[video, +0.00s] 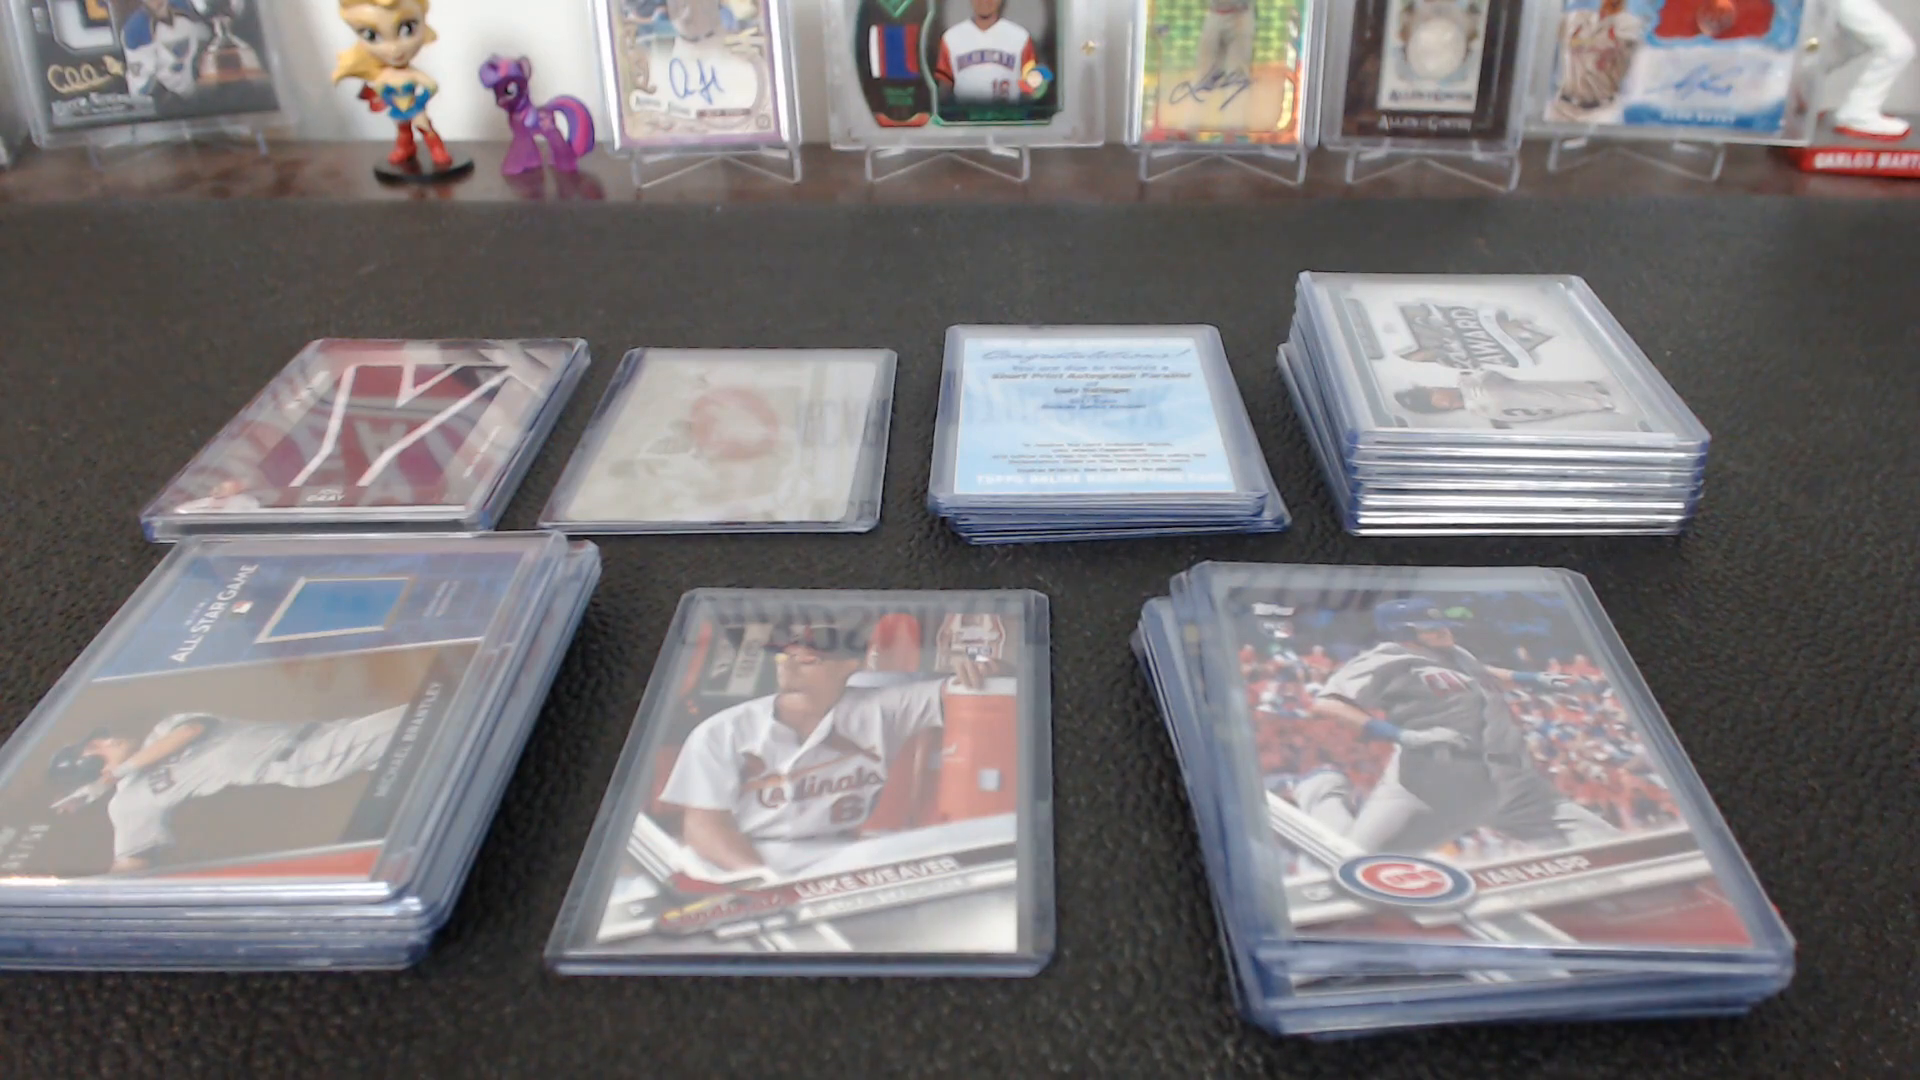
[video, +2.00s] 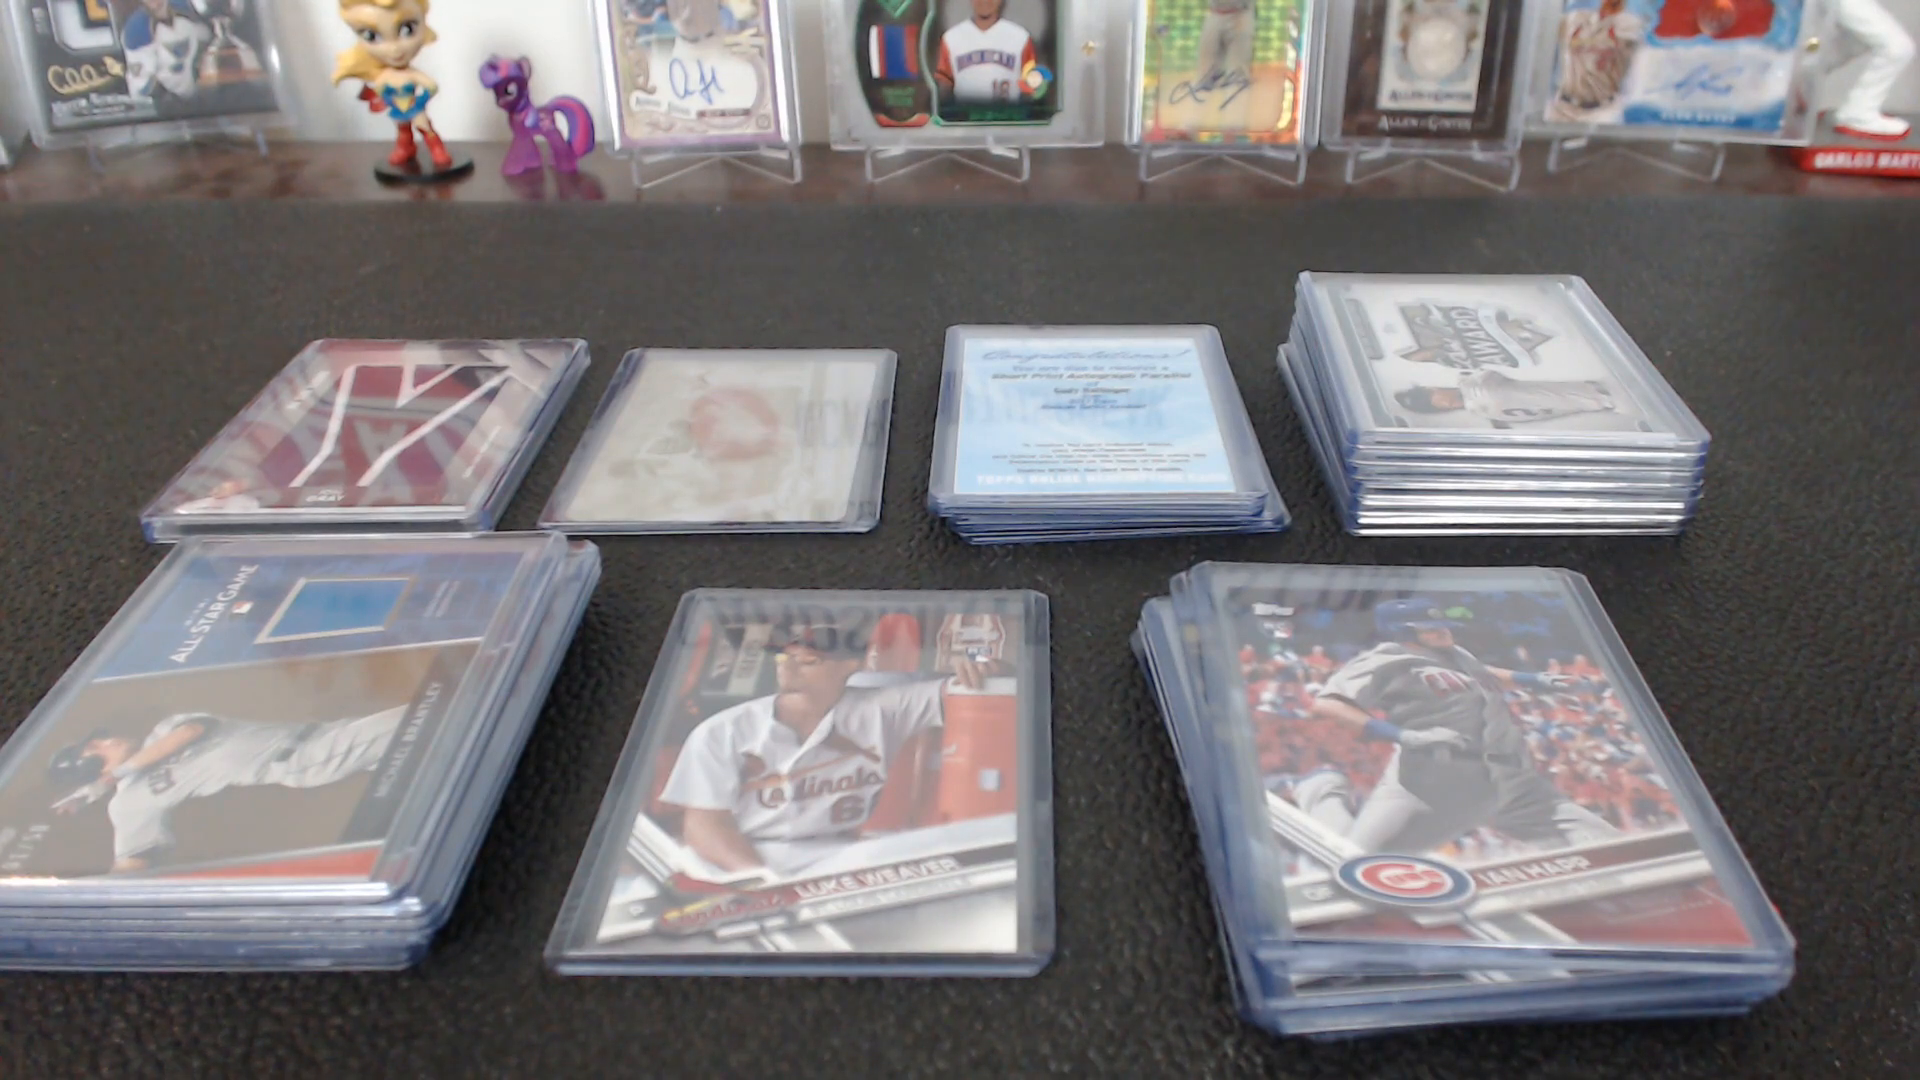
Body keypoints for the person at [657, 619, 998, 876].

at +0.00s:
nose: (798, 656)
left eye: (819, 647)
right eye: (789, 644)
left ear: (852, 662)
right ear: (776, 655)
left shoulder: (878, 714)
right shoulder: (720, 735)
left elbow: (962, 688)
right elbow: (702, 828)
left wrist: (977, 667)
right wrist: (766, 883)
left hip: (831, 873)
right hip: (730, 875)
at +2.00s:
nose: (797, 656)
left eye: (818, 648)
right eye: (789, 644)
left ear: (853, 663)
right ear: (776, 655)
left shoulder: (876, 713)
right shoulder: (720, 735)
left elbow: (959, 690)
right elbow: (703, 829)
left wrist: (972, 670)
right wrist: (766, 883)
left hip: (827, 866)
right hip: (729, 870)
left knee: (892, 851)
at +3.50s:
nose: (797, 657)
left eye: (818, 647)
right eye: (789, 644)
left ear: (853, 664)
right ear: (776, 655)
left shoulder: (875, 716)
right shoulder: (720, 735)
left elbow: (954, 691)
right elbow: (703, 828)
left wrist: (973, 674)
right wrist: (767, 883)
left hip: (827, 866)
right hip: (730, 870)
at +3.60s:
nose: (795, 659)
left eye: (816, 649)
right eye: (788, 646)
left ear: (852, 664)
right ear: (776, 656)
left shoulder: (875, 715)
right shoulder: (720, 735)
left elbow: (955, 690)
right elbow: (703, 828)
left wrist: (972, 673)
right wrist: (767, 883)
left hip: (827, 866)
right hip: (730, 870)